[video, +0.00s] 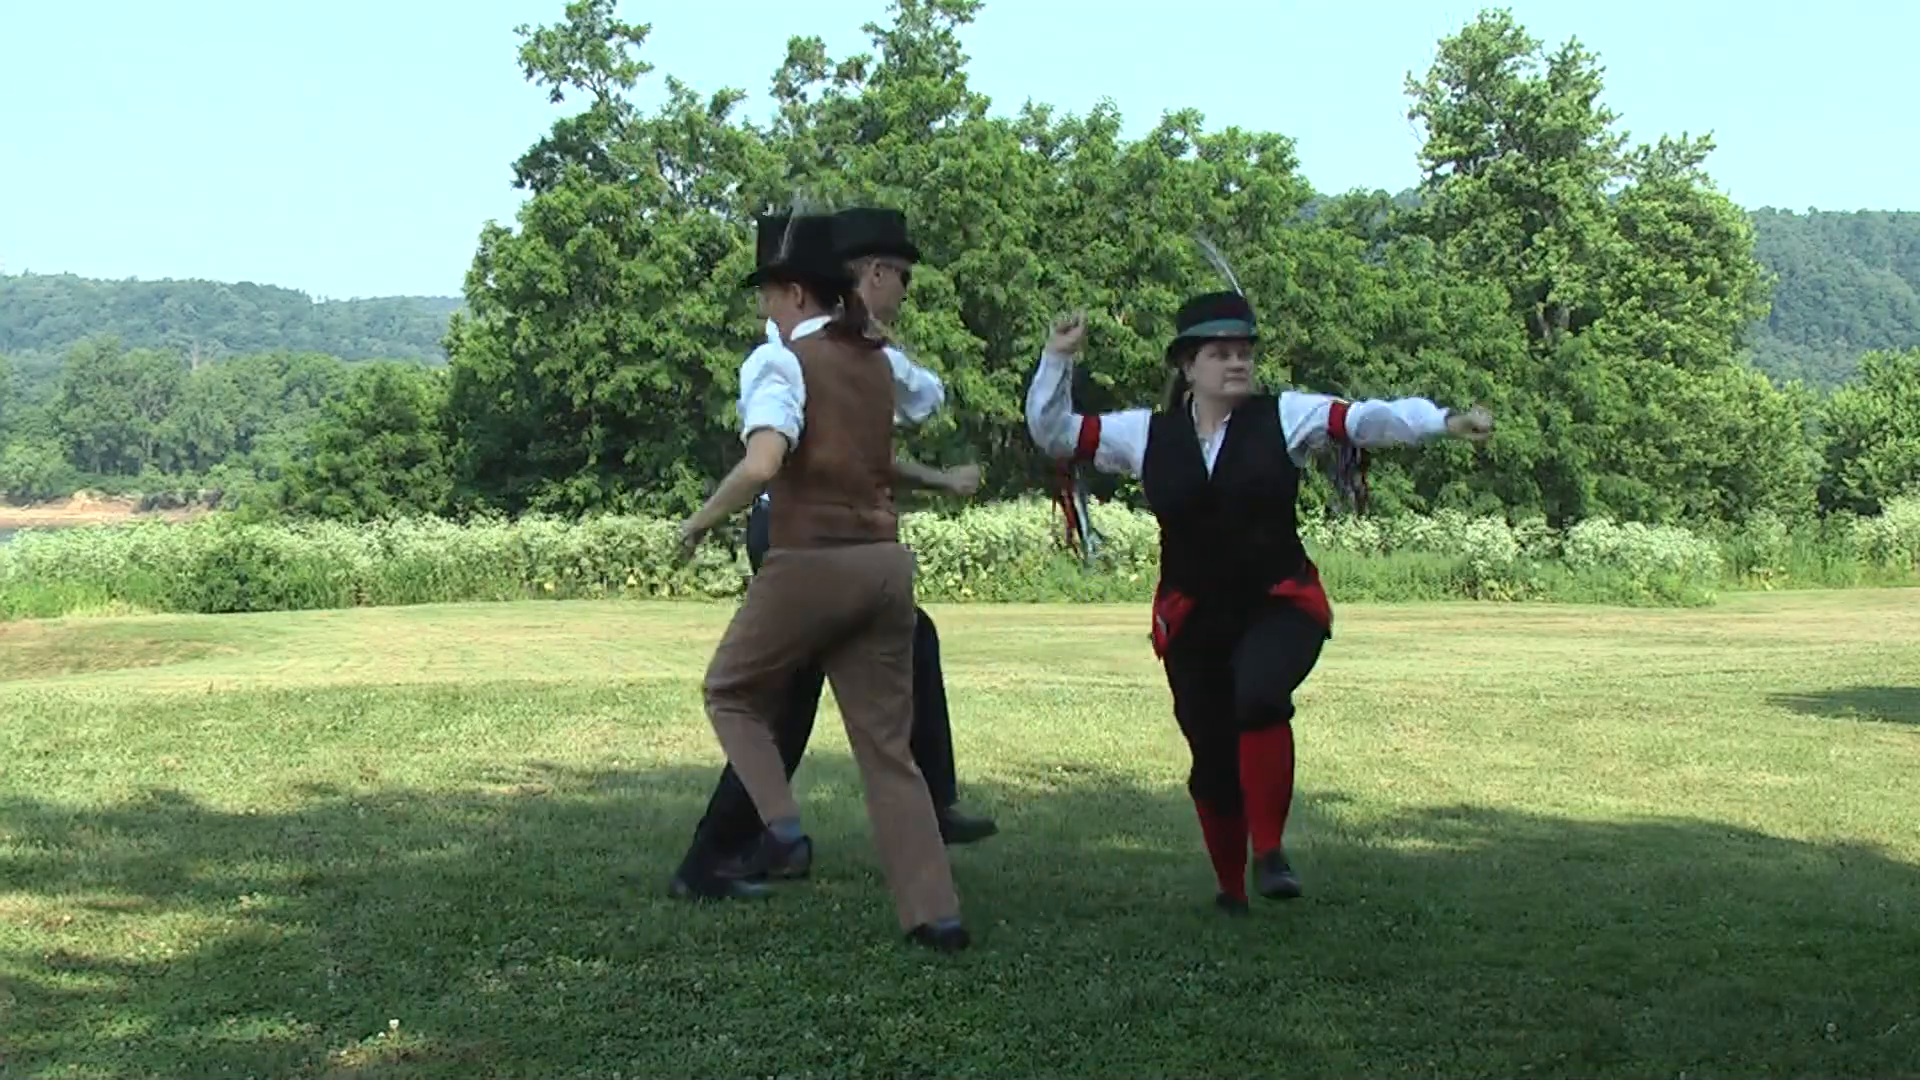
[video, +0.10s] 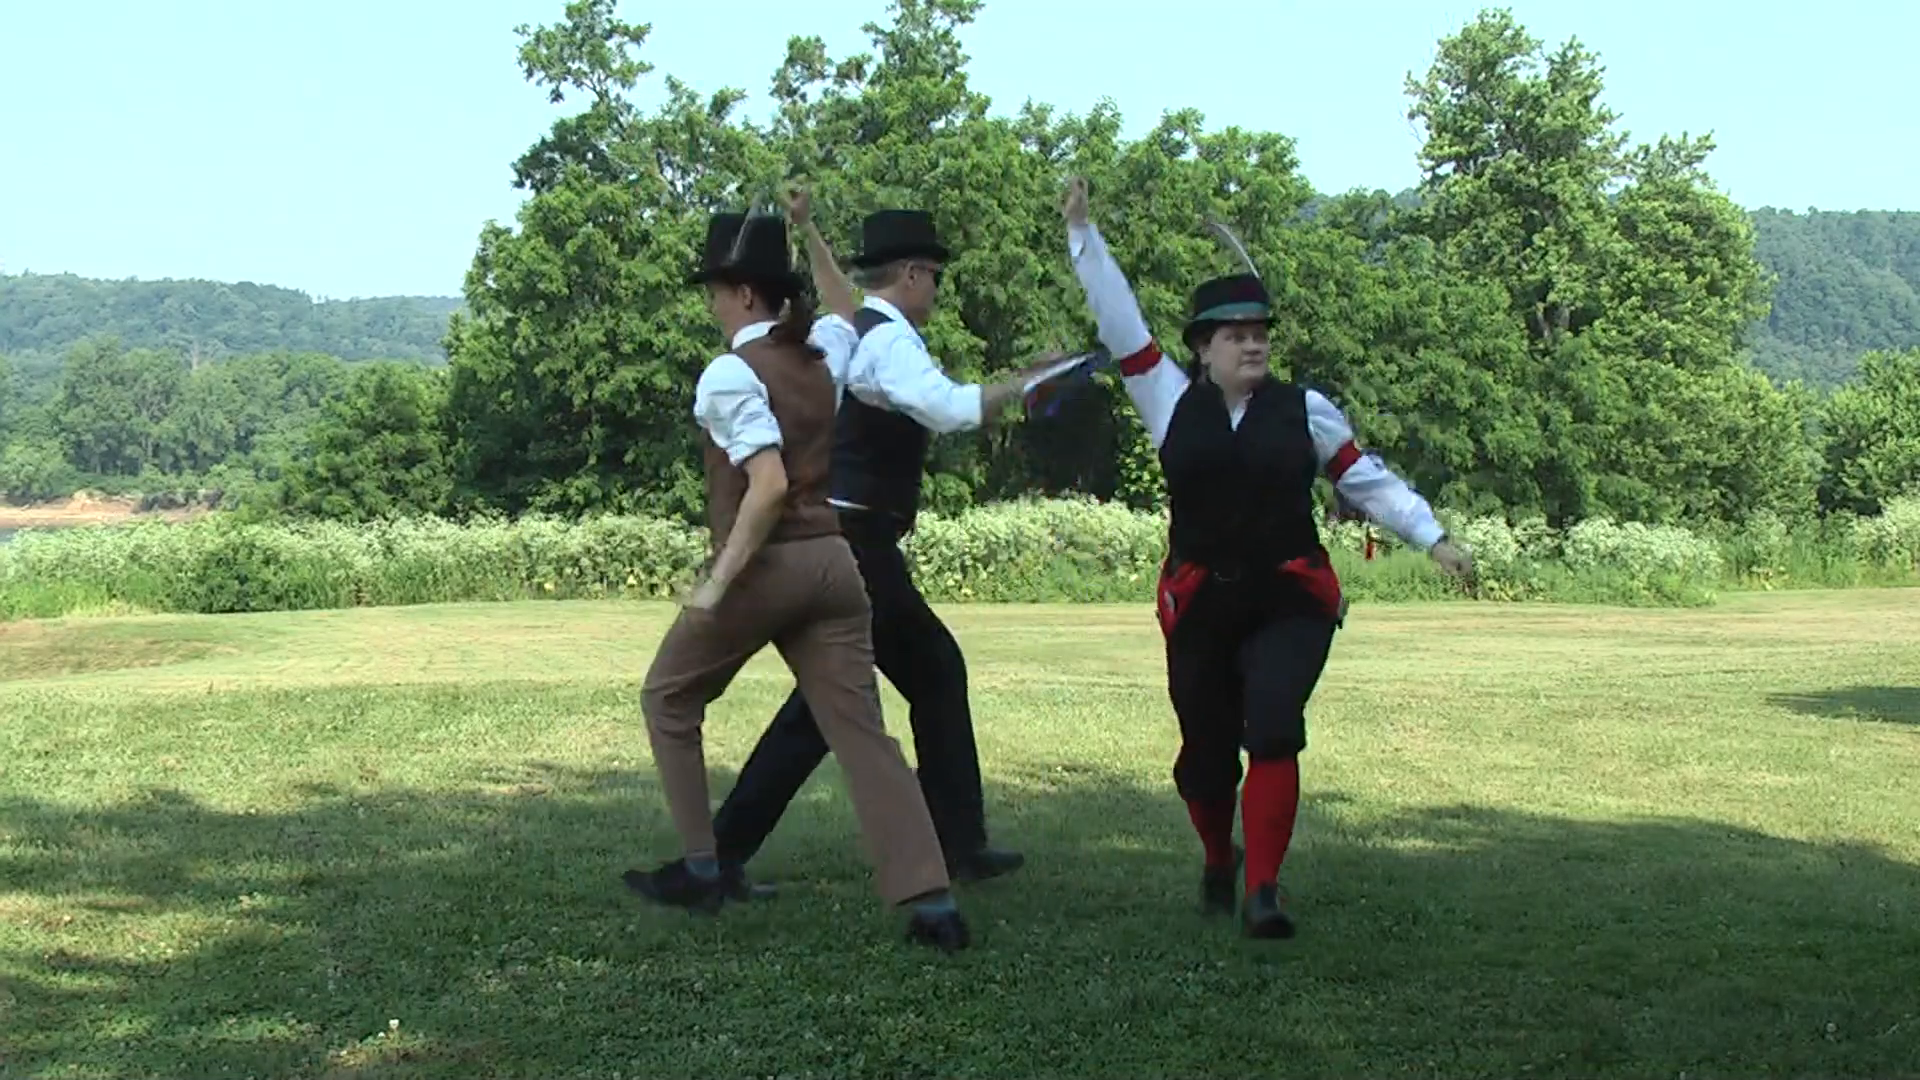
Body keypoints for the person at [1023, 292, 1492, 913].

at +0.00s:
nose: (1237, 362)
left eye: (1245, 350)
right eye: (1221, 352)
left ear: (1256, 359)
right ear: (1187, 366)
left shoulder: (1284, 415)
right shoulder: (1148, 432)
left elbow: (1366, 417)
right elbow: (1051, 430)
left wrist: (1445, 420)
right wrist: (1057, 360)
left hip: (1280, 606)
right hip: (1194, 617)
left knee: (1259, 694)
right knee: (1213, 760)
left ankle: (1268, 852)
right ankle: (1231, 890)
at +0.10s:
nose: (1251, 344)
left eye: (1260, 333)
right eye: (1235, 334)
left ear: (1271, 343)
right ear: (1201, 346)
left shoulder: (1305, 410)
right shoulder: (1172, 400)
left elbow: (1367, 481)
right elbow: (1120, 323)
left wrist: (1434, 538)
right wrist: (1082, 231)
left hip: (1289, 598)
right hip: (1200, 600)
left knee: (1273, 730)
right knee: (1206, 751)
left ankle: (1263, 888)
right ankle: (1217, 860)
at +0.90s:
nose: (1485, 332)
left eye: (1483, 319)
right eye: (1473, 319)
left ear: (1461, 329)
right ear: (1437, 322)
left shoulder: (1441, 388)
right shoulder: (1414, 372)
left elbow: (1438, 267)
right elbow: (1438, 261)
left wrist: (1417, 200)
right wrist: (1456, 159)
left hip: (1399, 603)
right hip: (1398, 599)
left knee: (1398, 797)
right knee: (1541, 721)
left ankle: (1313, 952)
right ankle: (1548, 904)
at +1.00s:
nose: (1536, 331)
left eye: (1535, 320)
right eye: (1525, 320)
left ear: (1496, 326)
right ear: (1487, 318)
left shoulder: (1485, 387)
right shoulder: (1463, 369)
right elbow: (1481, 251)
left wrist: (1445, 200)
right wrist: (1487, 150)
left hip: (1425, 597)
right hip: (1451, 592)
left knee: (1502, 785)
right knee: (1559, 762)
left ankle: (1387, 911)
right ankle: (1555, 947)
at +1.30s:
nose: (1600, 326)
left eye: (1587, 317)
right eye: (1595, 314)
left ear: (1527, 328)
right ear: (1586, 322)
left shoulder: (1481, 411)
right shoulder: (1607, 371)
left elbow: (1448, 511)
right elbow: (1654, 274)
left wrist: (1426, 608)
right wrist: (1643, 172)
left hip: (1503, 602)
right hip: (1589, 600)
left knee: (1681, 659)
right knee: (1605, 798)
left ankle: (1703, 821)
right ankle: (1556, 974)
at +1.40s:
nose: (1631, 304)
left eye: (1615, 295)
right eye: (1623, 295)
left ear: (1552, 307)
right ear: (1615, 301)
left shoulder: (1504, 383)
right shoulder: (1636, 344)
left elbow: (1473, 487)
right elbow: (1679, 244)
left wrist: (1454, 586)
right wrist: (1655, 148)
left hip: (1526, 580)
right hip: (1619, 574)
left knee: (1693, 632)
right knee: (1639, 766)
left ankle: (1705, 788)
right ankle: (1618, 955)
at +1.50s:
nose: (1649, 319)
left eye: (1627, 310)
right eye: (1643, 307)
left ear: (1576, 321)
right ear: (1639, 318)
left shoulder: (1528, 404)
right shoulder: (1665, 358)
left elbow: (1501, 507)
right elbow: (1695, 266)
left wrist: (1485, 608)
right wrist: (1666, 166)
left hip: (1553, 597)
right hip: (1645, 591)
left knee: (1694, 665)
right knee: (1675, 787)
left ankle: (1697, 815)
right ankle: (1682, 969)